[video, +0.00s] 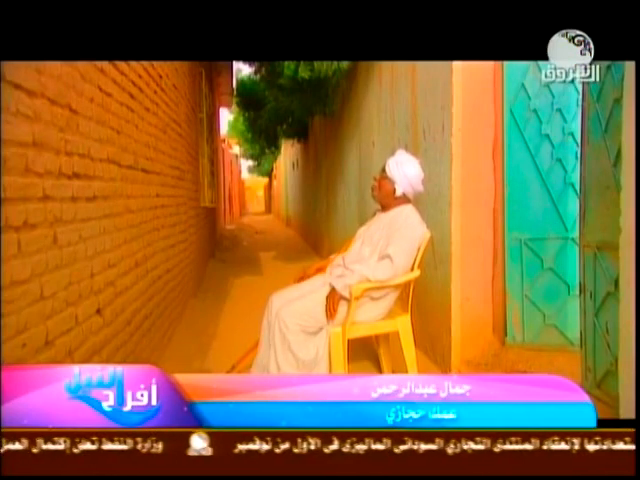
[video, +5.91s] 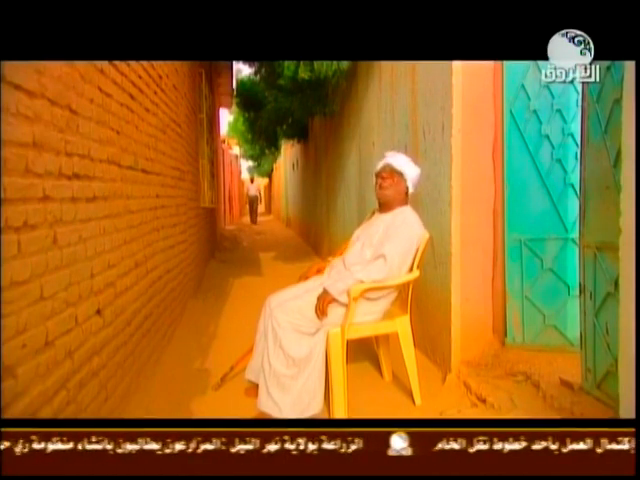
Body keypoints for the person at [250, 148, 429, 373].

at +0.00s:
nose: (375, 181)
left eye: (383, 178)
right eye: (379, 176)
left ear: (397, 188)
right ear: (394, 188)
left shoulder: (408, 221)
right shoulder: (385, 215)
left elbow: (392, 270)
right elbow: (354, 252)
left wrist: (342, 286)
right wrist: (325, 267)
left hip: (362, 295)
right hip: (342, 279)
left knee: (288, 317)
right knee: (277, 304)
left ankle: (291, 387)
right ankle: (268, 379)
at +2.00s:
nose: (373, 186)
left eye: (378, 181)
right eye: (376, 180)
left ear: (389, 187)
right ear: (394, 187)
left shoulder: (403, 221)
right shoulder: (387, 216)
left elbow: (387, 272)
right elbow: (356, 251)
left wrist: (336, 289)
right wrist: (326, 266)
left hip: (358, 297)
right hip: (341, 279)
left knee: (282, 315)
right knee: (274, 304)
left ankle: (282, 386)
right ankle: (268, 380)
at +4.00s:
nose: (365, 194)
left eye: (370, 188)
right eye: (365, 187)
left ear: (389, 193)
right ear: (386, 193)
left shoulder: (403, 224)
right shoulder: (386, 218)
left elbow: (387, 271)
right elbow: (357, 253)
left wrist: (336, 288)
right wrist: (326, 265)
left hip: (362, 299)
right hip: (343, 283)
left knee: (284, 315)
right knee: (274, 304)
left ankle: (289, 404)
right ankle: (265, 378)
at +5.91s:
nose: (382, 180)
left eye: (391, 176)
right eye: (380, 175)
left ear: (406, 186)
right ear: (376, 182)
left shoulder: (406, 223)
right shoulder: (381, 216)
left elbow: (388, 270)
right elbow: (354, 254)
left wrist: (335, 290)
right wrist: (325, 267)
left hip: (361, 300)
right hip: (341, 283)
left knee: (284, 315)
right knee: (274, 304)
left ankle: (289, 405)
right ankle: (265, 378)